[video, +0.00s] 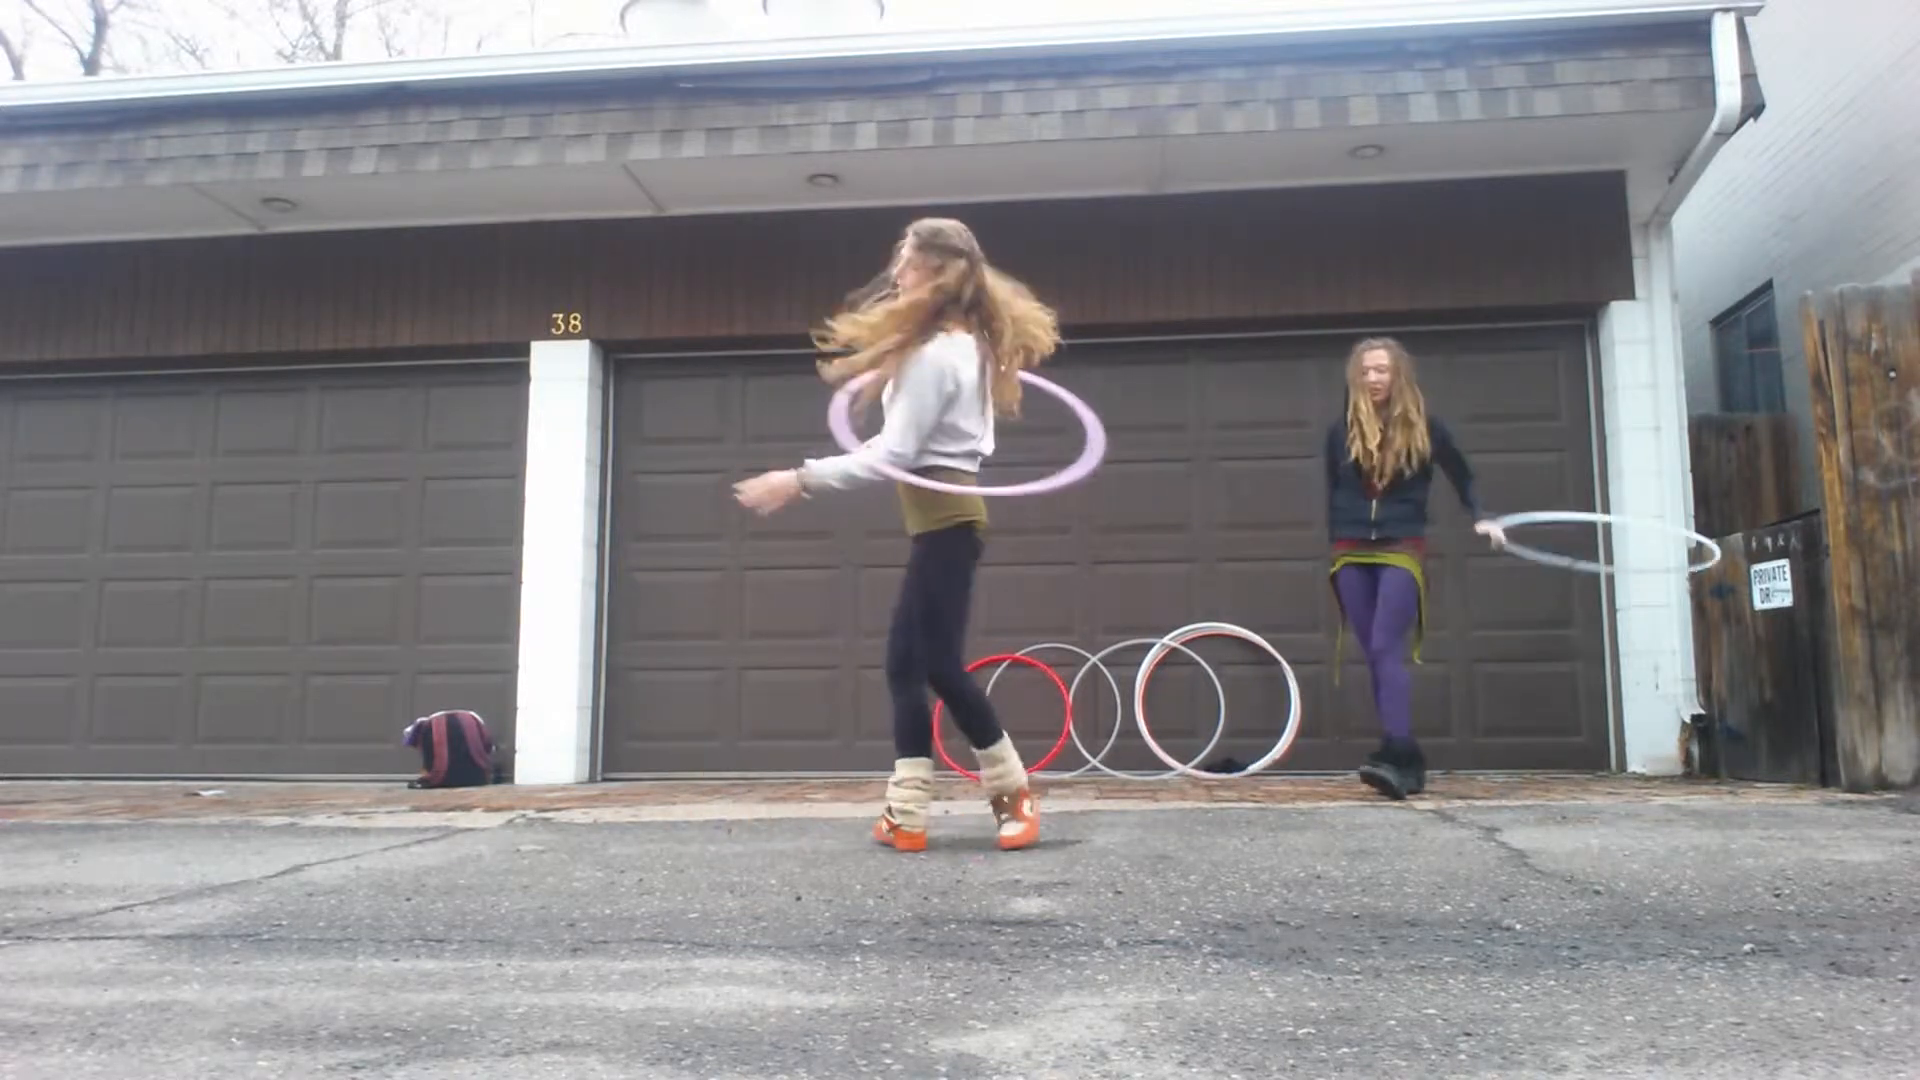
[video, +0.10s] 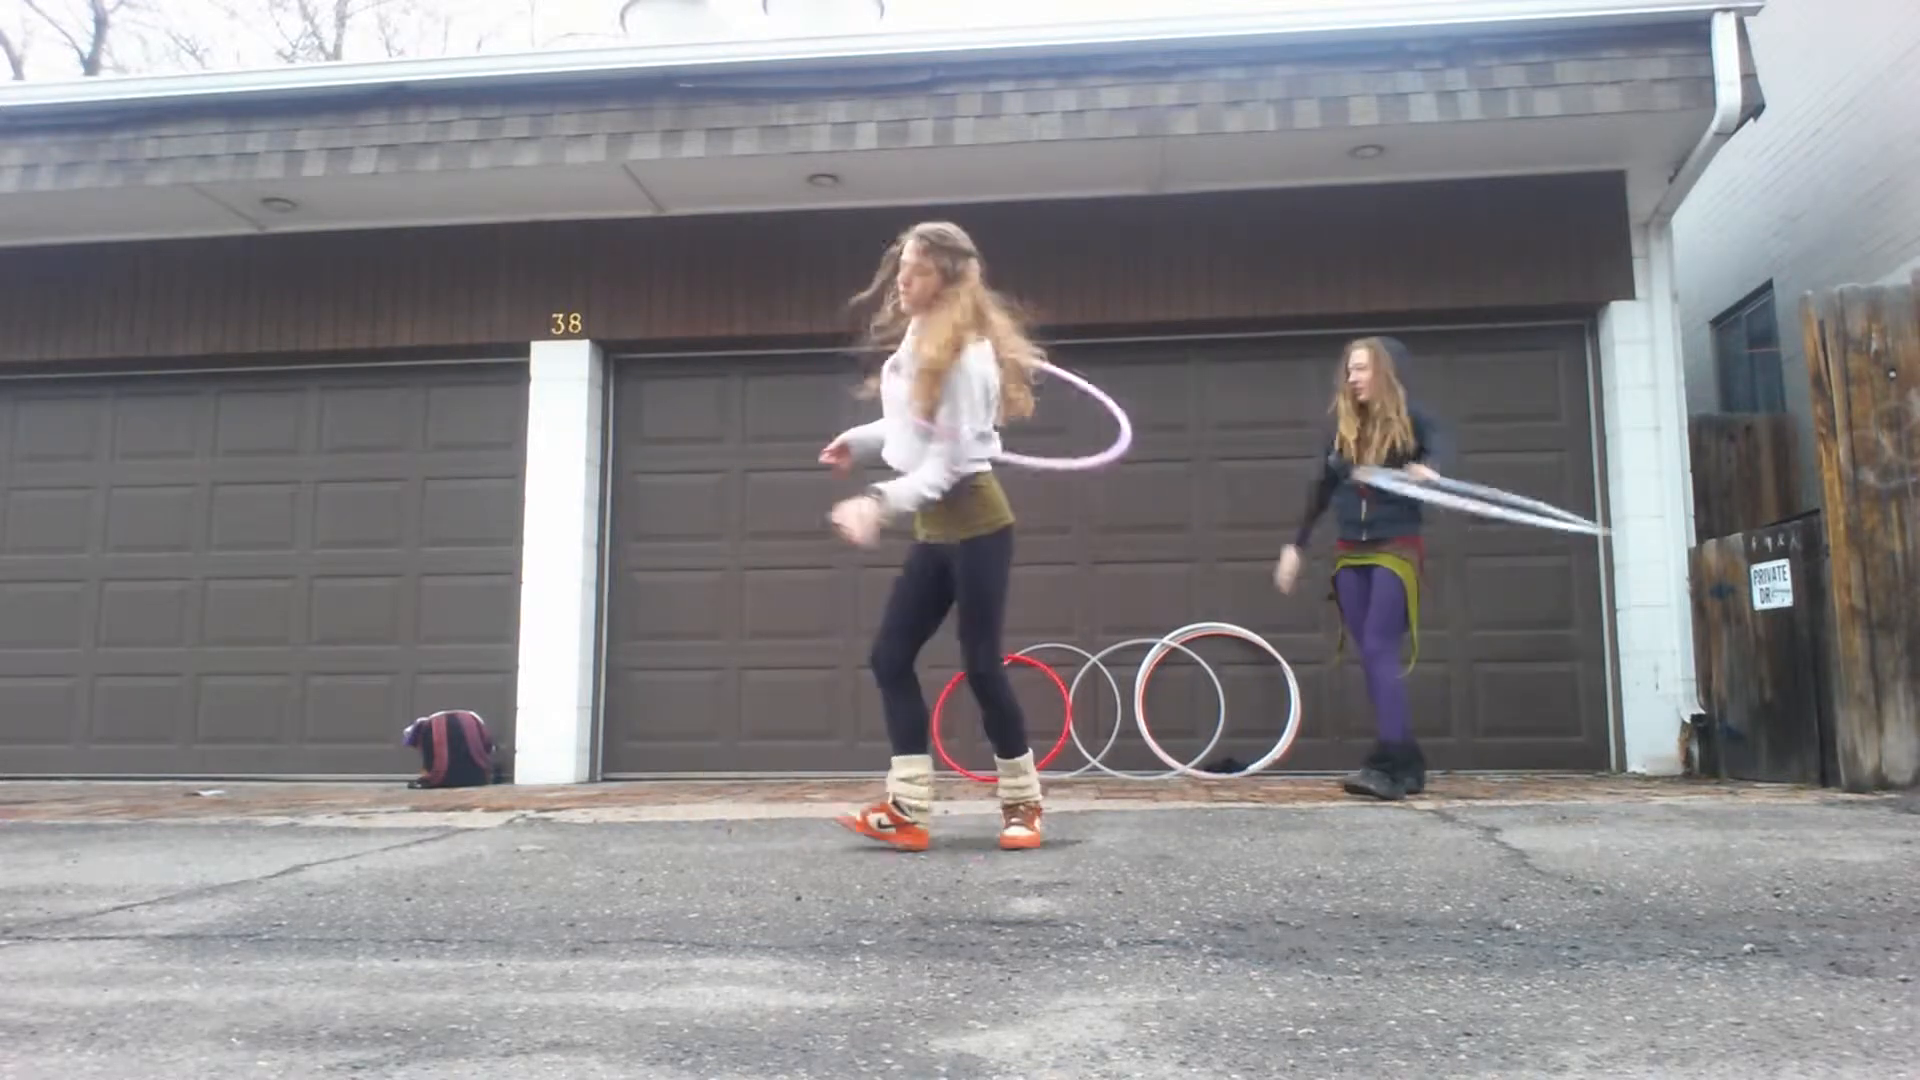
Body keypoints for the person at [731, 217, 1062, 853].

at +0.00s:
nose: (897, 280)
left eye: (908, 269)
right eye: (899, 267)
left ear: (941, 277)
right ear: (948, 277)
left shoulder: (937, 354)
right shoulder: (962, 346)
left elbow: (894, 452)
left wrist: (799, 479)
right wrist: (889, 381)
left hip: (948, 526)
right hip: (943, 524)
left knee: (941, 663)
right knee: (907, 664)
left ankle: (1016, 796)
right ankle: (908, 814)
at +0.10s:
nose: (904, 284)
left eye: (917, 274)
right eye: (902, 272)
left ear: (952, 279)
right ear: (901, 277)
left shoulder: (970, 354)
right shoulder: (915, 346)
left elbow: (958, 456)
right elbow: (912, 428)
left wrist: (883, 503)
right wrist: (857, 443)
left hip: (980, 525)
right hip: (934, 527)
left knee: (983, 667)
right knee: (890, 660)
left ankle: (1022, 803)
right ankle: (911, 808)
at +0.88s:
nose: (875, 288)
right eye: (871, 278)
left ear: (797, 276)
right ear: (863, 281)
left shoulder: (759, 335)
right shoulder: (872, 352)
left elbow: (758, 429)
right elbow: (876, 451)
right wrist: (885, 497)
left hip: (765, 523)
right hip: (838, 527)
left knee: (766, 665)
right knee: (900, 657)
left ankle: (773, 814)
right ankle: (882, 816)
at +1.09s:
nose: (728, 263)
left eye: (738, 252)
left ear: (759, 261)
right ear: (800, 269)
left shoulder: (715, 313)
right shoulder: (825, 335)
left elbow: (683, 401)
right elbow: (831, 439)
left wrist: (644, 457)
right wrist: (793, 464)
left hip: (736, 516)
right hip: (807, 514)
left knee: (724, 666)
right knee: (788, 651)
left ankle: (765, 814)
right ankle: (840, 737)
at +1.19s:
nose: (696, 274)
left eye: (704, 262)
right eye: (698, 262)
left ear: (734, 263)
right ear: (764, 267)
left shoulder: (710, 327)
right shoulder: (802, 332)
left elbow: (669, 428)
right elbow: (792, 432)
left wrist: (595, 478)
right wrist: (712, 463)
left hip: (731, 517)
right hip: (783, 516)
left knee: (711, 656)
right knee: (717, 641)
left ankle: (764, 814)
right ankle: (782, 734)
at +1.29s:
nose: (670, 288)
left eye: (677, 275)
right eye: (669, 275)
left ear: (710, 273)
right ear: (725, 272)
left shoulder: (726, 341)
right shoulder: (764, 332)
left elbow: (683, 443)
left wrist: (599, 498)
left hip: (724, 516)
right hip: (741, 512)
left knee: (712, 662)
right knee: (643, 637)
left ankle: (766, 814)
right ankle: (703, 765)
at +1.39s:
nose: (650, 294)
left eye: (656, 281)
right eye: (647, 283)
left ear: (691, 275)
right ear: (681, 277)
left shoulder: (729, 338)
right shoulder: (704, 336)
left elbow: (721, 450)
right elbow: (706, 433)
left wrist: (650, 506)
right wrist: (655, 445)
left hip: (715, 516)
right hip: (681, 513)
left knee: (705, 658)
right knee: (627, 647)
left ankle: (764, 810)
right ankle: (628, 798)